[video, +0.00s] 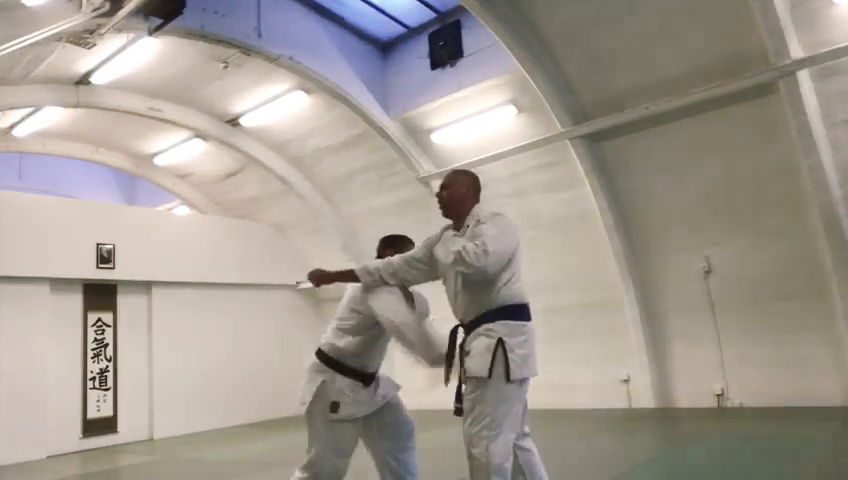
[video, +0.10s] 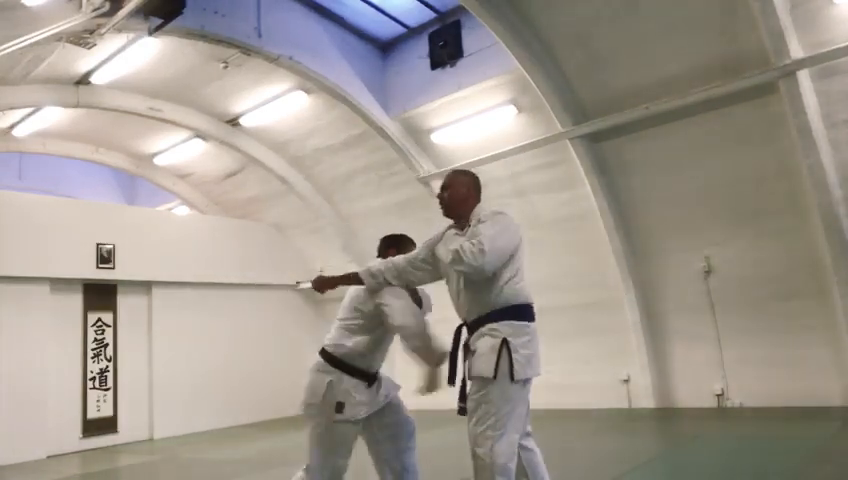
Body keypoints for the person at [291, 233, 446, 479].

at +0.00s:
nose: (410, 264)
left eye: (413, 257)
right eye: (403, 257)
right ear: (386, 256)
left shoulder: (406, 295)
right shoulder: (374, 288)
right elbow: (401, 323)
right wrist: (437, 355)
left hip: (368, 384)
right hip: (334, 383)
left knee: (397, 434)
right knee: (326, 467)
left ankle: (402, 478)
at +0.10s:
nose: (413, 263)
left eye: (414, 257)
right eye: (408, 257)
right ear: (391, 255)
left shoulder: (397, 286)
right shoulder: (382, 286)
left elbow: (425, 303)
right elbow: (409, 325)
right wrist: (434, 358)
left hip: (369, 383)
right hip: (337, 384)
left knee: (398, 432)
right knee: (326, 471)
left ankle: (401, 478)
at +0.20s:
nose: (410, 260)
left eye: (411, 254)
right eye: (406, 253)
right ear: (389, 251)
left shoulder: (390, 283)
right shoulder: (379, 284)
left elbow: (425, 301)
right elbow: (378, 335)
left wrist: (410, 286)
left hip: (366, 379)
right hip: (340, 378)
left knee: (398, 434)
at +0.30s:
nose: (404, 256)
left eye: (404, 250)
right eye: (399, 249)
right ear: (380, 247)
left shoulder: (389, 278)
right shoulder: (364, 275)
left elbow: (425, 301)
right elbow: (353, 330)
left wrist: (415, 287)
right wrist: (348, 380)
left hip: (368, 376)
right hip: (333, 378)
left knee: (396, 434)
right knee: (324, 459)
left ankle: (402, 478)